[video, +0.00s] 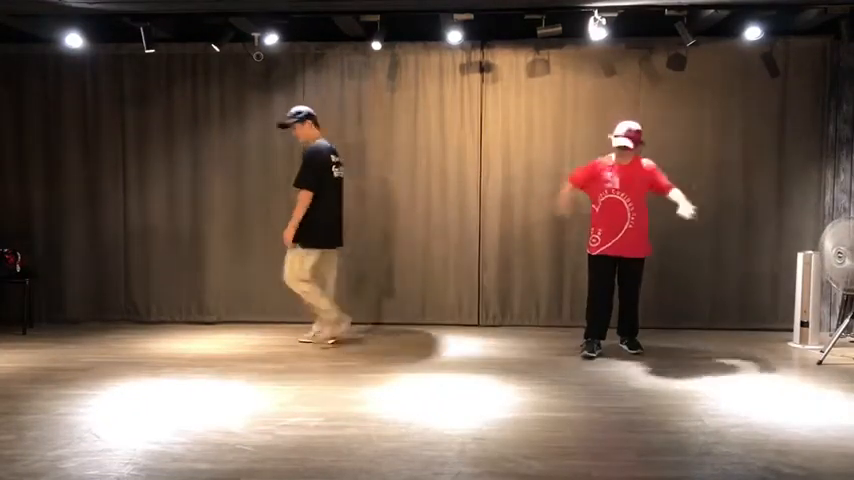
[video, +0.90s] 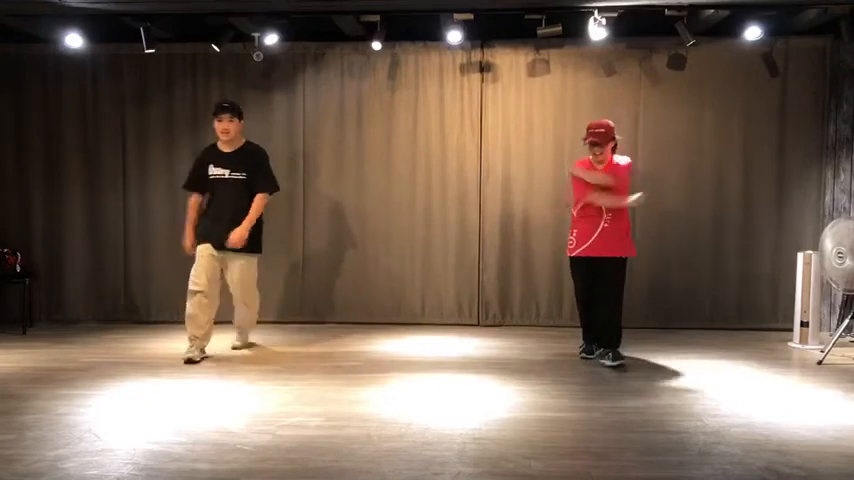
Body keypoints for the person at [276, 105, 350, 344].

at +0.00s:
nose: (294, 134)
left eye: (296, 128)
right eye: (292, 129)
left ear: (309, 124)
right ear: (310, 126)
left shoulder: (314, 153)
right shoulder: (330, 151)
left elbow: (306, 195)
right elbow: (329, 196)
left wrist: (291, 227)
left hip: (313, 231)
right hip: (331, 230)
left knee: (295, 276)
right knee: (325, 281)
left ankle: (336, 320)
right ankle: (322, 328)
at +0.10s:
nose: (285, 133)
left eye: (288, 126)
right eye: (283, 127)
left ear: (302, 124)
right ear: (300, 127)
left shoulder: (307, 153)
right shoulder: (314, 151)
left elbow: (304, 195)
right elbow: (303, 192)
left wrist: (294, 229)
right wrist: (286, 213)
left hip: (303, 232)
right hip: (318, 231)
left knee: (280, 274)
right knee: (316, 280)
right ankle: (325, 328)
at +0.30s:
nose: (269, 131)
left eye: (274, 126)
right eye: (266, 127)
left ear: (288, 127)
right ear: (264, 130)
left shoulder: (293, 158)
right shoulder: (270, 154)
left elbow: (296, 199)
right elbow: (256, 183)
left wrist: (295, 234)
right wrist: (237, 204)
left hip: (279, 235)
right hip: (277, 232)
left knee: (266, 286)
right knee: (297, 282)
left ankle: (253, 332)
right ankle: (319, 325)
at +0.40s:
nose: (260, 130)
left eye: (266, 125)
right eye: (258, 125)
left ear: (279, 126)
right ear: (256, 126)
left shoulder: (285, 157)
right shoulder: (258, 152)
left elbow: (286, 199)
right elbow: (245, 183)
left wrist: (288, 235)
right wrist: (228, 209)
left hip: (273, 233)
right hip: (255, 229)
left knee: (265, 282)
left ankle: (254, 330)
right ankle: (299, 309)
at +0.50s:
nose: (253, 128)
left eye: (259, 123)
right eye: (250, 123)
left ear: (272, 125)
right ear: (246, 126)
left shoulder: (280, 157)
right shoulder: (247, 151)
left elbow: (276, 198)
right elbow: (238, 187)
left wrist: (272, 232)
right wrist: (229, 217)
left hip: (264, 233)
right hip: (242, 228)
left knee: (259, 288)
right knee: (228, 270)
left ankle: (254, 331)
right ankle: (267, 305)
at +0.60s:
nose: (247, 126)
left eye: (253, 120)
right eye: (243, 120)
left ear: (265, 123)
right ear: (239, 124)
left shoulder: (275, 154)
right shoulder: (236, 151)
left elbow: (275, 194)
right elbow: (234, 188)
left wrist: (254, 226)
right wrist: (231, 219)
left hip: (261, 229)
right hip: (234, 225)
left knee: (257, 285)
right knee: (216, 269)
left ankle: (254, 330)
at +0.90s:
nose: (224, 126)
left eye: (230, 120)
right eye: (219, 120)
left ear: (241, 124)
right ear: (214, 124)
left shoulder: (255, 155)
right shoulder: (207, 156)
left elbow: (263, 195)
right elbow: (196, 196)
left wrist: (244, 228)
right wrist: (190, 231)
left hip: (242, 238)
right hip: (209, 237)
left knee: (243, 291)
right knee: (199, 290)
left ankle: (243, 334)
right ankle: (196, 343)